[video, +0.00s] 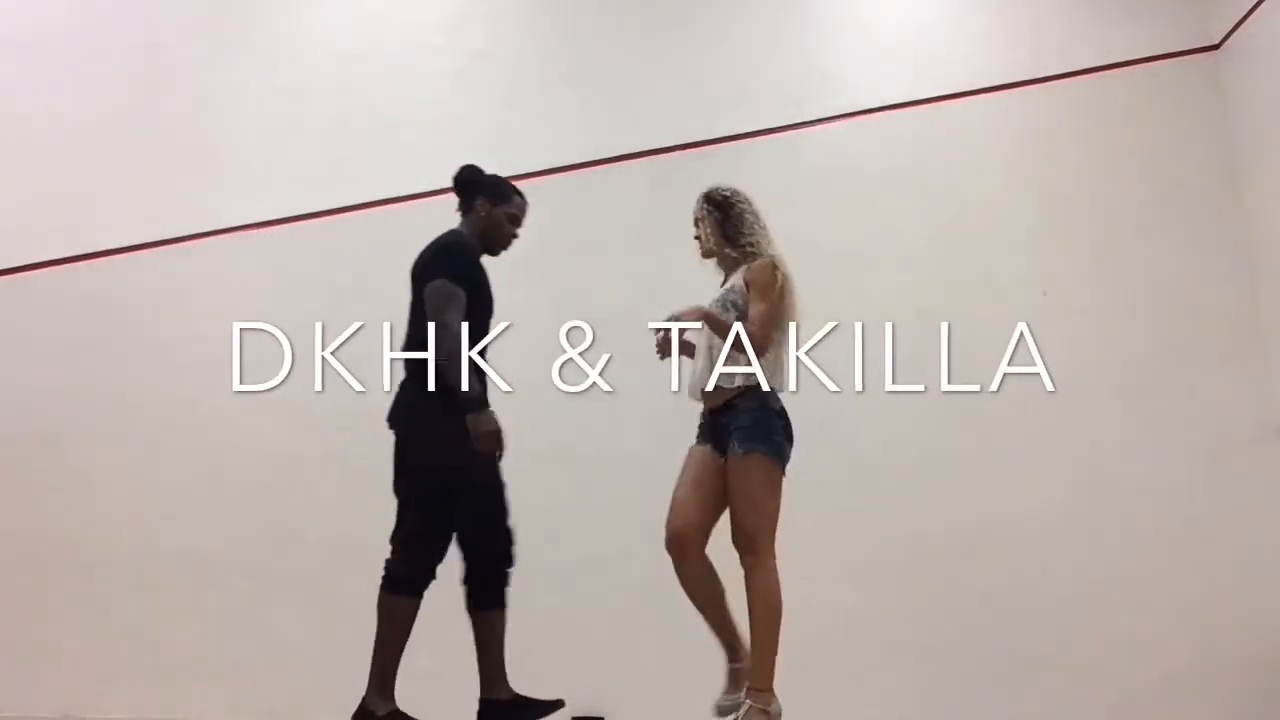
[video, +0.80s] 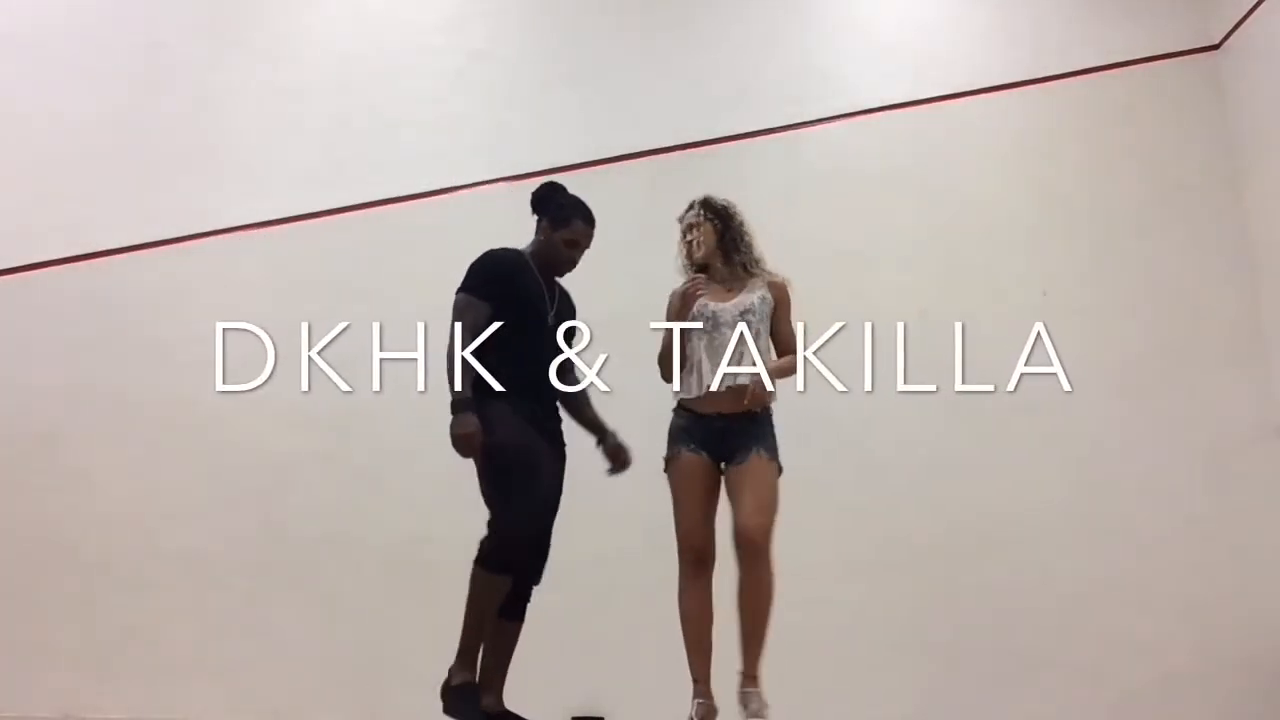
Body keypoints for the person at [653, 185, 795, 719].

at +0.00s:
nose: (696, 233)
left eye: (702, 223)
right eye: (696, 225)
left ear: (726, 224)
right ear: (716, 229)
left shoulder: (761, 271)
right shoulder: (725, 284)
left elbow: (758, 340)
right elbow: (720, 361)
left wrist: (707, 317)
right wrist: (684, 349)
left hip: (756, 416)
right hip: (716, 421)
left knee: (755, 549)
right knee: (682, 541)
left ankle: (762, 694)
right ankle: (737, 657)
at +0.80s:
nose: (689, 238)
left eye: (698, 228)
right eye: (685, 232)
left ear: (724, 230)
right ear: (686, 242)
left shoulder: (770, 290)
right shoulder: (685, 296)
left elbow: (792, 360)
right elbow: (667, 369)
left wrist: (763, 375)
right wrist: (681, 316)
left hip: (751, 428)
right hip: (692, 429)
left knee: (753, 540)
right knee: (695, 555)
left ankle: (750, 679)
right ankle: (701, 694)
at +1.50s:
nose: (740, 250)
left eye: (747, 240)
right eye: (734, 243)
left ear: (771, 240)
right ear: (729, 250)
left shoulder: (810, 300)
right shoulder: (726, 305)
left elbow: (827, 375)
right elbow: (708, 376)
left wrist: (801, 365)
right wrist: (727, 369)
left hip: (798, 430)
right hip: (740, 431)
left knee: (801, 556)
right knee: (745, 533)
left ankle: (794, 695)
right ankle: (755, 678)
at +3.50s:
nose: (746, 224)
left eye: (756, 216)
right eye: (737, 220)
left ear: (777, 227)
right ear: (730, 237)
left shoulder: (804, 283)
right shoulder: (720, 295)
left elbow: (844, 351)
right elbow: (710, 367)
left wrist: (818, 303)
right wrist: (684, 425)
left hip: (788, 429)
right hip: (725, 428)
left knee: (796, 553)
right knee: (720, 552)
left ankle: (806, 695)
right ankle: (709, 692)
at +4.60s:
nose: (727, 229)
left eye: (734, 219)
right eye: (720, 225)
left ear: (759, 225)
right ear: (717, 239)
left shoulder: (796, 286)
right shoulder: (713, 297)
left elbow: (828, 350)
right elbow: (704, 372)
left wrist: (846, 290)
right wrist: (657, 344)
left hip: (790, 430)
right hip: (728, 431)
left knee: (790, 556)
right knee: (717, 549)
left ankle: (782, 695)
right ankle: (715, 687)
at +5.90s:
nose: (720, 228)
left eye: (727, 219)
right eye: (712, 223)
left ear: (749, 223)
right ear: (706, 234)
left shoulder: (783, 283)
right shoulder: (700, 292)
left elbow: (811, 349)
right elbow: (691, 362)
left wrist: (775, 310)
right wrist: (684, 386)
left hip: (776, 426)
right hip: (714, 426)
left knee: (787, 554)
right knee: (707, 551)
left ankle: (795, 693)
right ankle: (697, 690)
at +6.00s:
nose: (715, 227)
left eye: (722, 218)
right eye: (708, 221)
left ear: (744, 222)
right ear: (701, 232)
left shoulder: (778, 282)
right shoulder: (693, 289)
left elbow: (799, 348)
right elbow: (675, 355)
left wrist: (761, 319)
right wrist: (670, 383)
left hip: (764, 424)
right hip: (702, 424)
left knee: (776, 551)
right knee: (699, 550)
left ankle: (787, 690)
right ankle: (694, 690)